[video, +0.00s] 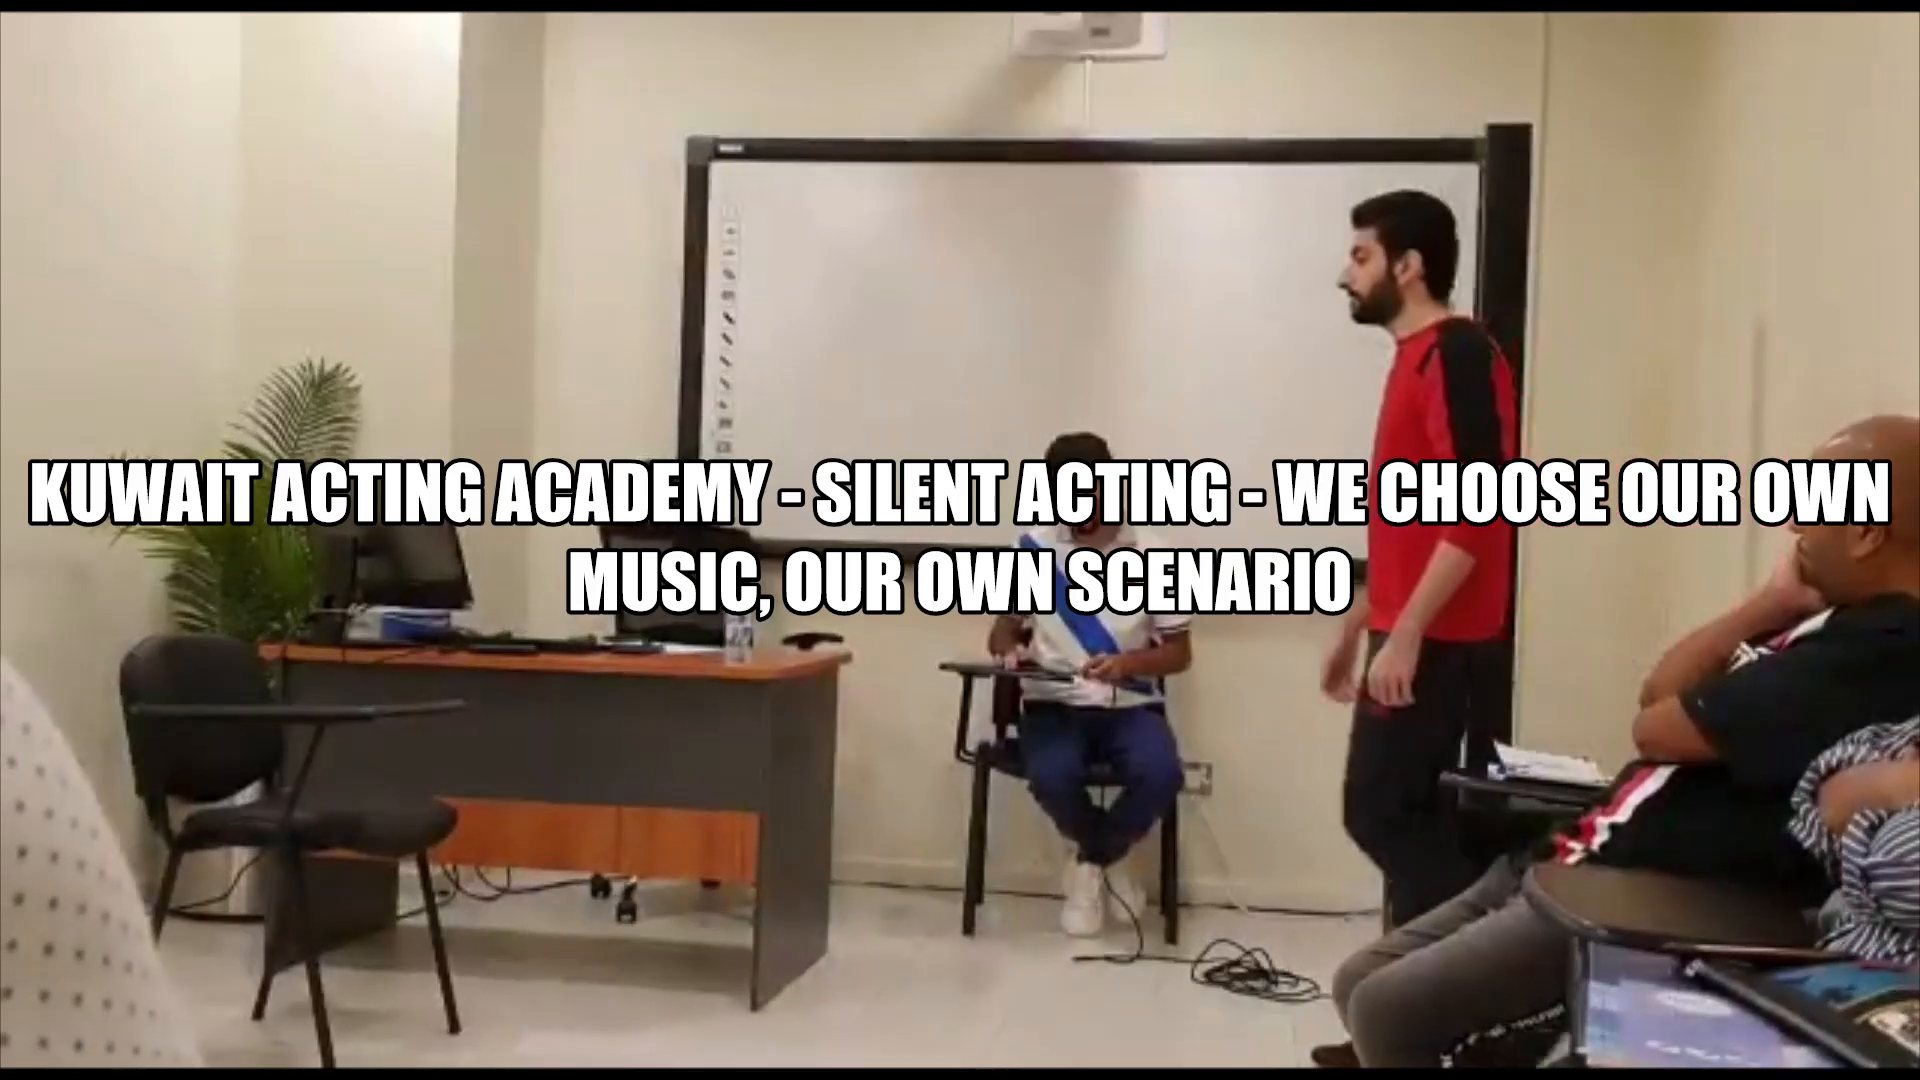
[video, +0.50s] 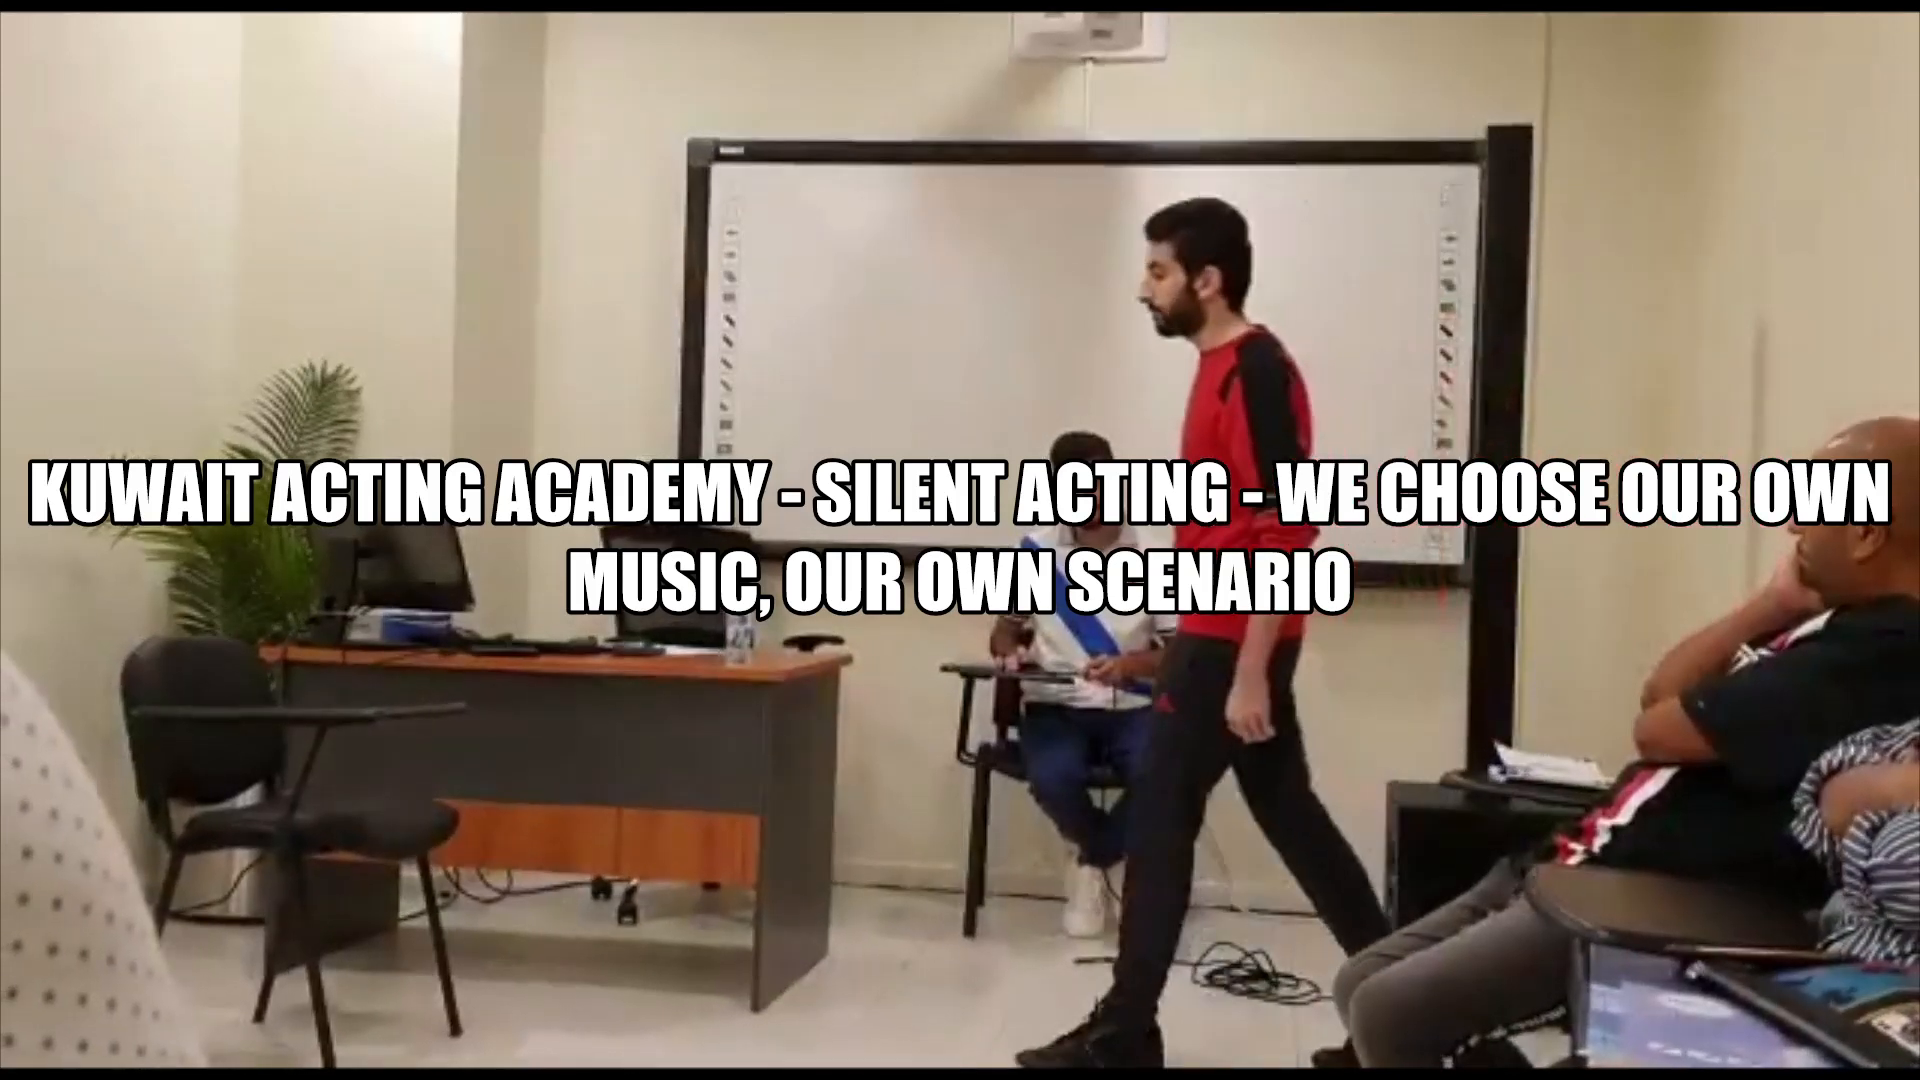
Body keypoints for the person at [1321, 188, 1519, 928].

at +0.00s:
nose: (1346, 273)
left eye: (1359, 256)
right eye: (1350, 255)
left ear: (1408, 265)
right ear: (1403, 266)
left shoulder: (1459, 353)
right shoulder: (1415, 357)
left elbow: (1474, 517)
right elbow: (1399, 520)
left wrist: (1407, 637)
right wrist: (1358, 626)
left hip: (1448, 643)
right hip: (1417, 640)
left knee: (1387, 815)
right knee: (1400, 815)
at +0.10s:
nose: (1315, 273)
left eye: (1329, 256)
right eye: (1318, 256)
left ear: (1379, 266)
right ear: (1376, 268)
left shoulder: (1427, 353)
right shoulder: (1384, 359)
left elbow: (1451, 514)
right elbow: (1364, 517)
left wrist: (1386, 633)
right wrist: (1300, 615)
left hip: (1402, 629)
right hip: (1387, 625)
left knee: (1315, 804)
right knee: (1403, 811)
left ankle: (1420, 967)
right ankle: (1445, 979)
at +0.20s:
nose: (1281, 275)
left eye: (1296, 260)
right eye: (1284, 260)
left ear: (1346, 271)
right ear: (1338, 273)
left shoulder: (1392, 359)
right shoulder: (1346, 363)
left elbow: (1415, 524)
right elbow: (1333, 520)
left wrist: (1362, 644)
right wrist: (1256, 610)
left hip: (1362, 633)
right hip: (1358, 628)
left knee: (1273, 810)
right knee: (1389, 826)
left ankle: (1298, 1022)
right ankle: (1429, 1020)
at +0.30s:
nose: (1239, 283)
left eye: (1255, 267)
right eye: (1243, 267)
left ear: (1308, 279)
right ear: (1299, 280)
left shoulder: (1352, 369)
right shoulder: (1307, 368)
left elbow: (1389, 518)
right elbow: (1299, 522)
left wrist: (1337, 651)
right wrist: (1223, 608)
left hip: (1324, 646)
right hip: (1318, 640)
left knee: (1245, 832)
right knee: (1376, 844)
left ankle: (1172, 1025)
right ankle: (1436, 1023)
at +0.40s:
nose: (1192, 290)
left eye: (1208, 276)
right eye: (1197, 275)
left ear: (1260, 289)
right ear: (1251, 291)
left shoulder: (1301, 379)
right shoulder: (1259, 379)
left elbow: (1338, 529)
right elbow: (1255, 529)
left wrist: (1299, 669)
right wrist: (1204, 631)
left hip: (1275, 654)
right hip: (1277, 653)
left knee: (1196, 838)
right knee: (1346, 841)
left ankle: (1129, 1025)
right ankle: (1437, 1010)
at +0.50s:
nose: (1145, 289)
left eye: (1158, 272)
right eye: (1146, 272)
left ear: (1210, 277)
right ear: (1206, 280)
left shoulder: (1258, 369)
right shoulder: (1216, 368)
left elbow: (1288, 531)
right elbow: (1221, 529)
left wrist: (1253, 671)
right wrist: (1170, 646)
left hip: (1235, 646)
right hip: (1224, 640)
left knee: (1160, 822)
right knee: (1289, 815)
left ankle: (1128, 1023)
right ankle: (1399, 987)